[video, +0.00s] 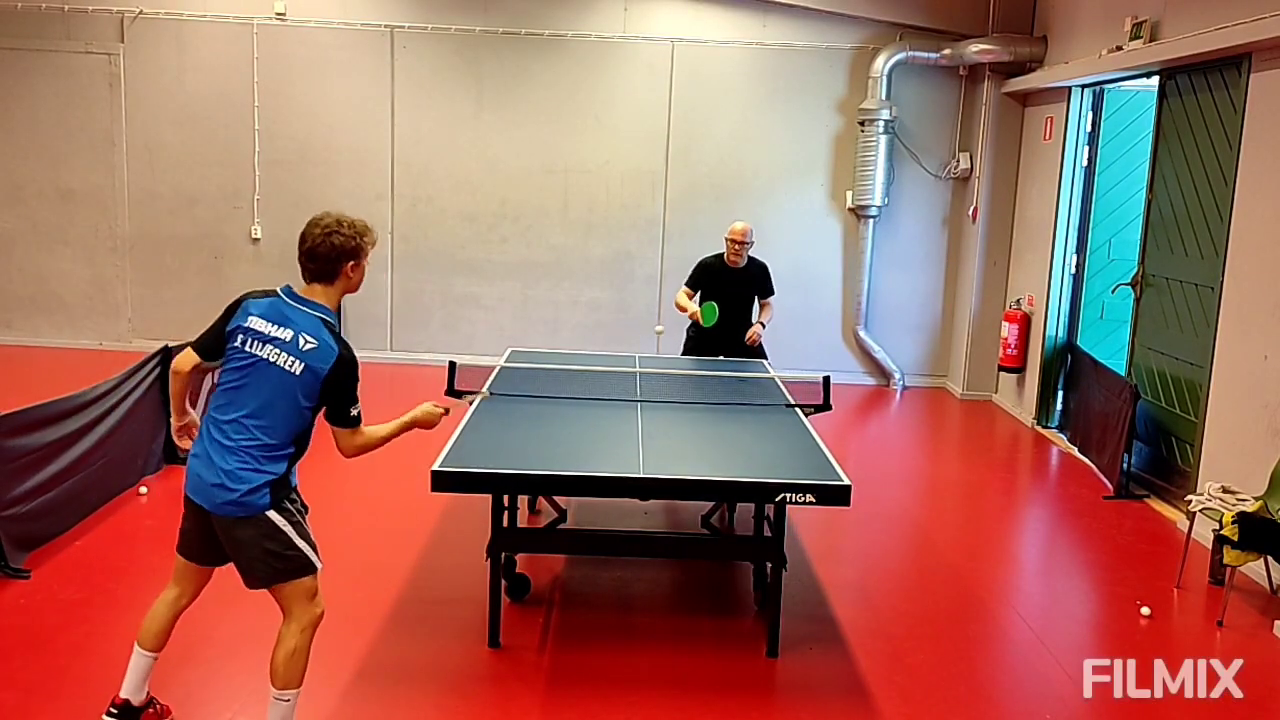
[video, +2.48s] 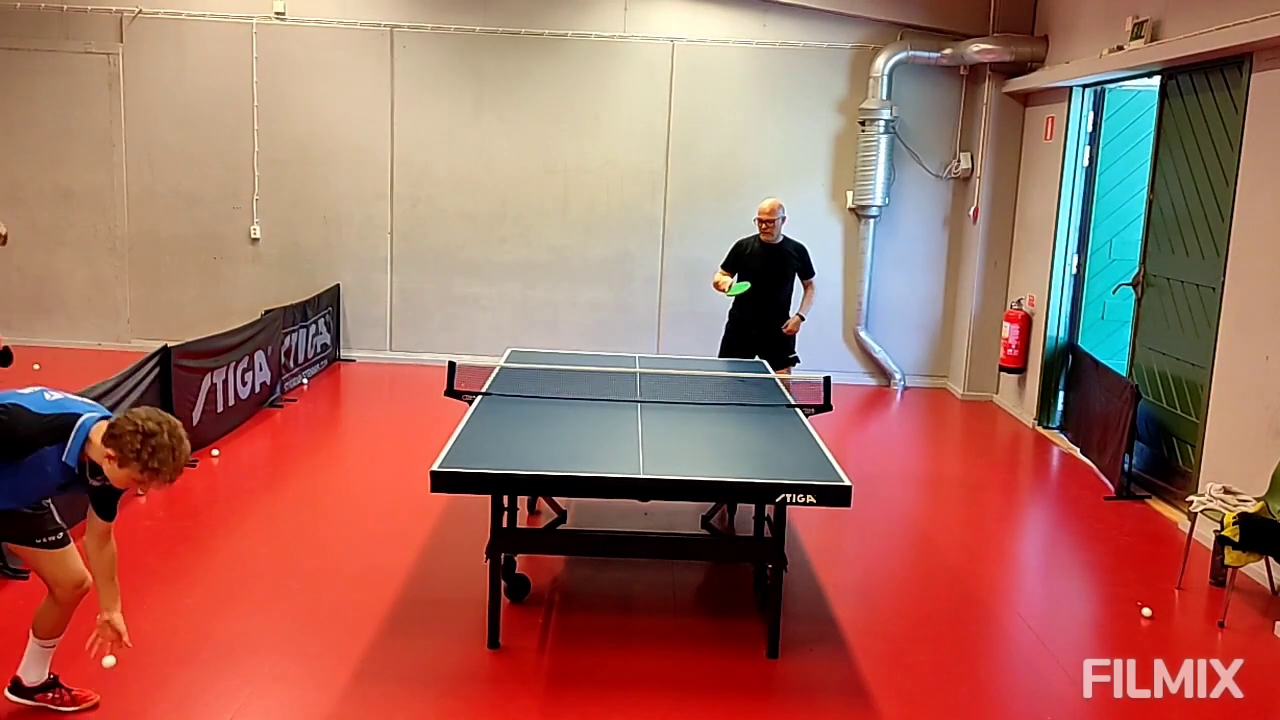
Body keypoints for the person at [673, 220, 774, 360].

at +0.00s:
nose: (737, 247)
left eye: (742, 244)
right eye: (733, 242)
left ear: (751, 245)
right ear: (726, 241)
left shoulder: (759, 270)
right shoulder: (708, 265)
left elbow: (766, 305)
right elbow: (681, 296)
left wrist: (760, 325)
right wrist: (690, 307)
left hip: (740, 339)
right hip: (704, 338)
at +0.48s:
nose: (762, 262)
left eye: (768, 258)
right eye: (758, 256)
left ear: (774, 257)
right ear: (749, 251)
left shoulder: (775, 274)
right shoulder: (730, 271)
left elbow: (779, 304)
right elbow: (701, 296)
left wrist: (784, 321)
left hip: (757, 339)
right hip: (721, 337)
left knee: (779, 380)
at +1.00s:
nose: (754, 235)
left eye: (759, 231)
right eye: (750, 230)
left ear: (768, 234)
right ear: (743, 229)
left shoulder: (774, 263)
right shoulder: (723, 257)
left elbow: (782, 298)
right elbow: (687, 275)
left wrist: (778, 311)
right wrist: (691, 282)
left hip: (754, 335)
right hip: (716, 333)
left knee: (773, 385)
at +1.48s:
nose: (768, 236)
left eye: (773, 232)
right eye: (763, 230)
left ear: (781, 235)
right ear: (755, 230)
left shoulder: (784, 265)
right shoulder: (735, 257)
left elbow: (784, 298)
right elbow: (709, 289)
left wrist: (787, 314)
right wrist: (730, 308)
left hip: (763, 338)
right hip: (726, 335)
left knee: (783, 386)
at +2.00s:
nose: (791, 219)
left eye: (797, 215)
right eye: (787, 214)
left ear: (807, 219)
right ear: (781, 215)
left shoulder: (816, 252)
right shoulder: (763, 243)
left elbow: (825, 288)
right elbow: (736, 273)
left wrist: (815, 317)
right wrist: (748, 286)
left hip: (790, 327)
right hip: (757, 324)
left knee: (790, 384)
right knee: (748, 379)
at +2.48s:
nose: (765, 226)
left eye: (770, 222)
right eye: (761, 221)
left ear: (783, 221)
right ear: (755, 221)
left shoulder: (796, 251)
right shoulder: (743, 247)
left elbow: (809, 287)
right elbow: (719, 277)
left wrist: (799, 317)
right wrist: (727, 283)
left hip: (776, 331)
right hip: (741, 329)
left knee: (783, 385)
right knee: (729, 382)